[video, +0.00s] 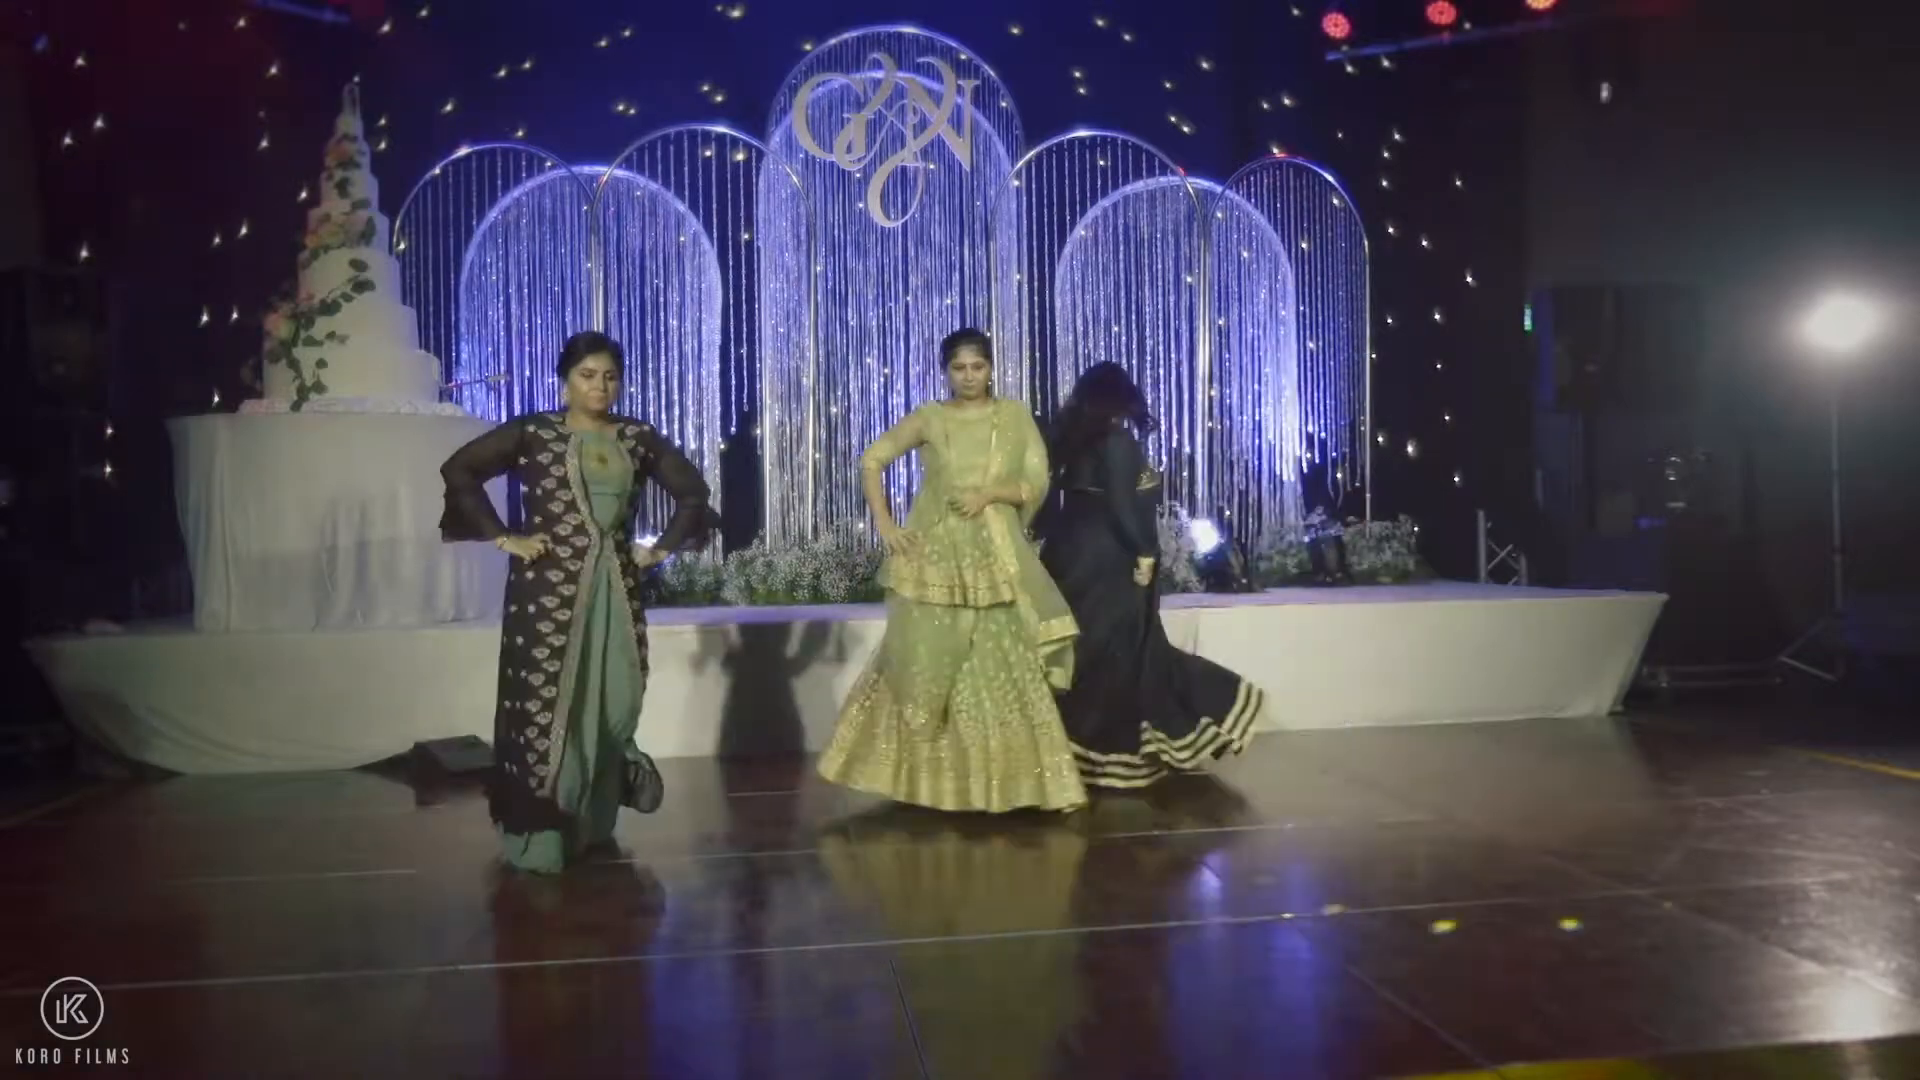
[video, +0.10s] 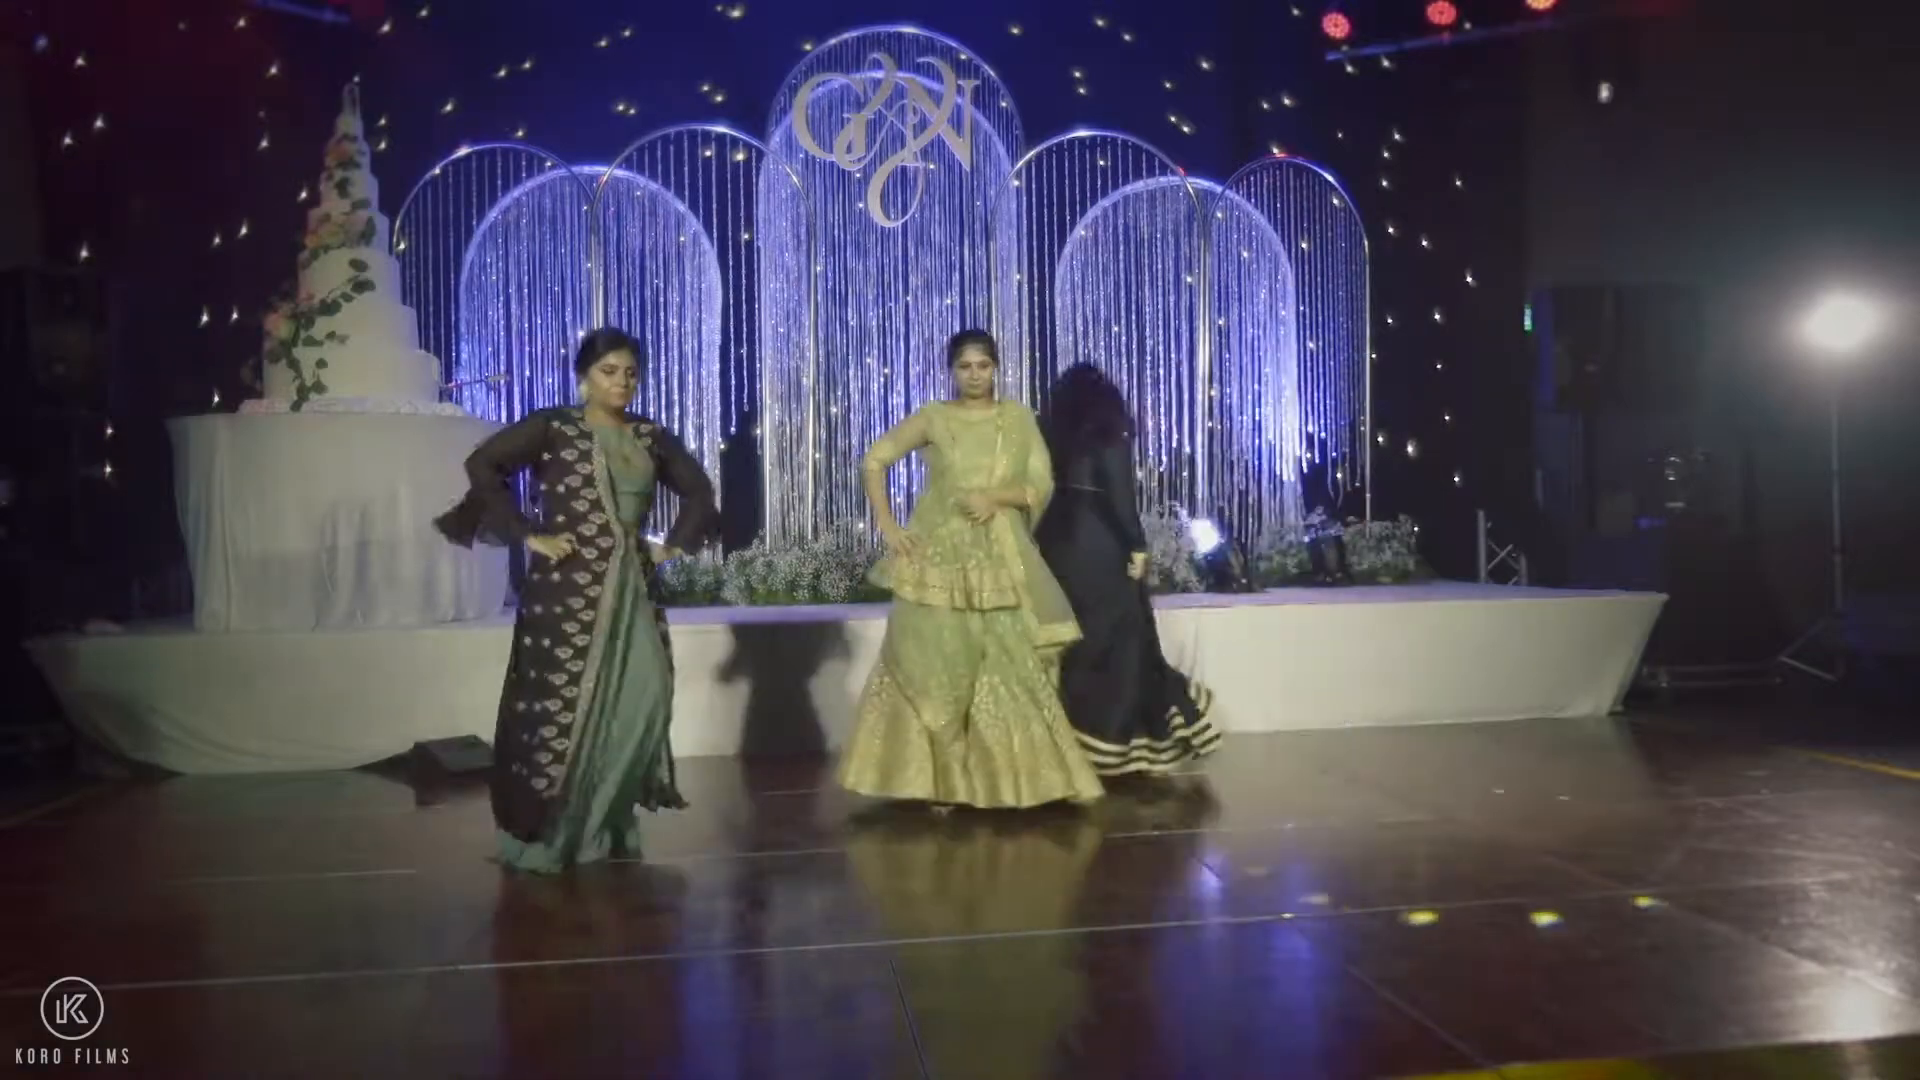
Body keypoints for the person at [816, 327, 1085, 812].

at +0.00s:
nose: (970, 375)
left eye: (977, 366)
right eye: (960, 368)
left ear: (991, 369)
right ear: (947, 373)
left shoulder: (1015, 416)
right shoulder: (930, 418)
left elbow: (1036, 486)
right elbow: (872, 461)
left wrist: (989, 494)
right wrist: (885, 522)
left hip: (997, 563)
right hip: (936, 563)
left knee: (999, 674)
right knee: (932, 675)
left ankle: (998, 790)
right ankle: (939, 789)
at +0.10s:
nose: (975, 374)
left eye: (983, 365)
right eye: (966, 366)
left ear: (995, 368)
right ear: (953, 371)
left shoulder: (1019, 419)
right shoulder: (934, 418)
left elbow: (1040, 489)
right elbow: (873, 461)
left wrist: (996, 498)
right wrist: (887, 526)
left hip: (1000, 557)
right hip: (940, 556)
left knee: (1004, 666)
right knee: (940, 667)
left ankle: (1005, 783)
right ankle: (943, 787)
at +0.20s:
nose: (978, 377)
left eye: (987, 368)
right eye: (969, 369)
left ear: (999, 373)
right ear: (956, 375)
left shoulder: (1021, 426)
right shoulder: (937, 423)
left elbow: (1046, 498)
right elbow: (880, 471)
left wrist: (1009, 509)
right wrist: (896, 531)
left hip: (1007, 564)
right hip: (947, 564)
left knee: (1013, 672)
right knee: (946, 673)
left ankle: (1016, 784)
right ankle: (945, 788)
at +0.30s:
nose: (980, 377)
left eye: (988, 369)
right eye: (971, 370)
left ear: (1000, 375)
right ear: (957, 376)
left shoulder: (1022, 429)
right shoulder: (936, 426)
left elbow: (1049, 501)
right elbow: (884, 481)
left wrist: (1018, 516)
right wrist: (907, 540)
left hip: (1010, 569)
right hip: (951, 569)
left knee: (1017, 676)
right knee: (951, 679)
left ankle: (1022, 786)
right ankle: (951, 790)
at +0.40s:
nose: (980, 368)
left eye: (988, 360)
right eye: (970, 361)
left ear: (1000, 367)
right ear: (956, 370)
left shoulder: (1026, 421)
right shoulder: (938, 421)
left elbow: (1054, 493)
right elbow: (885, 477)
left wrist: (1021, 508)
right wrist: (907, 534)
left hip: (1014, 564)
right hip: (952, 564)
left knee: (1019, 673)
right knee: (955, 675)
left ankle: (1023, 785)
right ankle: (954, 789)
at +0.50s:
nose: (981, 365)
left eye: (989, 357)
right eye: (971, 358)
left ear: (1001, 364)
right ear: (957, 368)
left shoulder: (1029, 416)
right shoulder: (941, 417)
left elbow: (1058, 485)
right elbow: (885, 469)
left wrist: (1026, 495)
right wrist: (903, 526)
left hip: (1017, 561)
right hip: (953, 562)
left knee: (1019, 672)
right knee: (955, 673)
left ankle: (1020, 786)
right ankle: (955, 788)